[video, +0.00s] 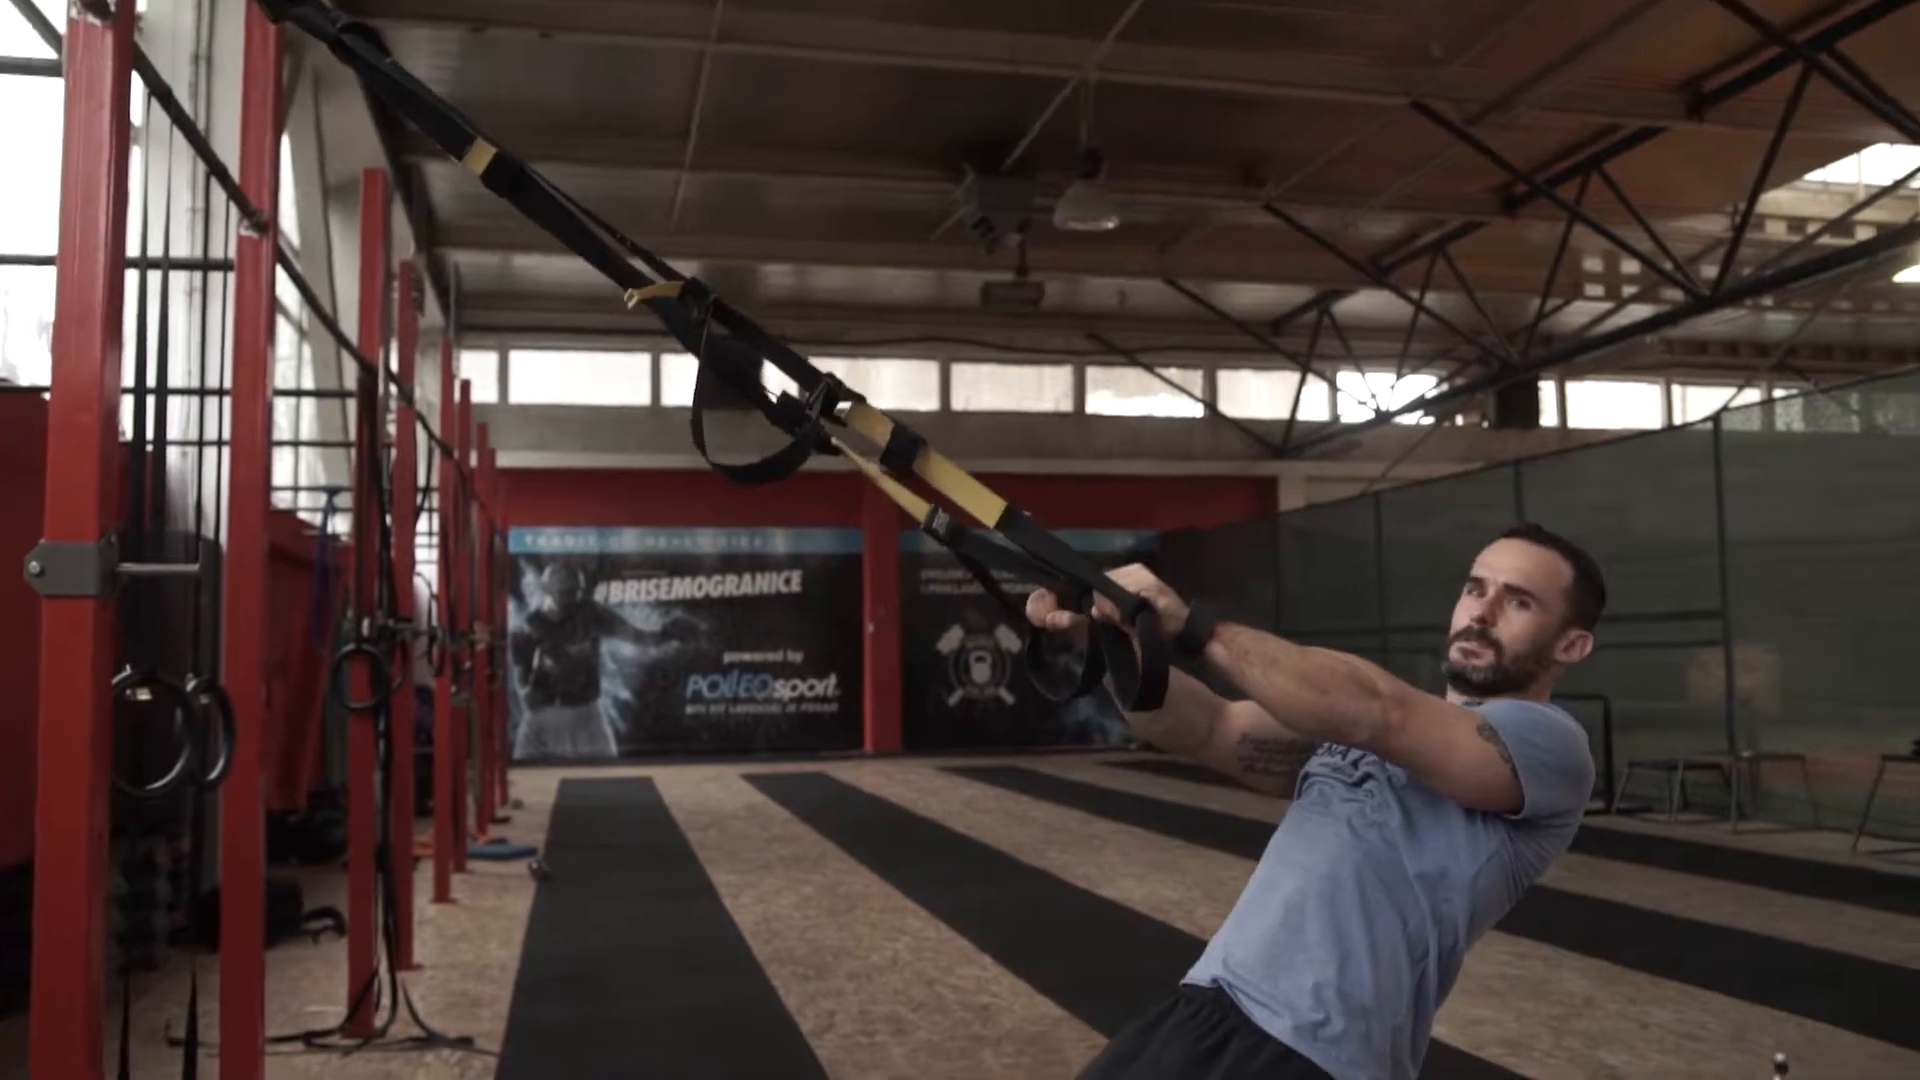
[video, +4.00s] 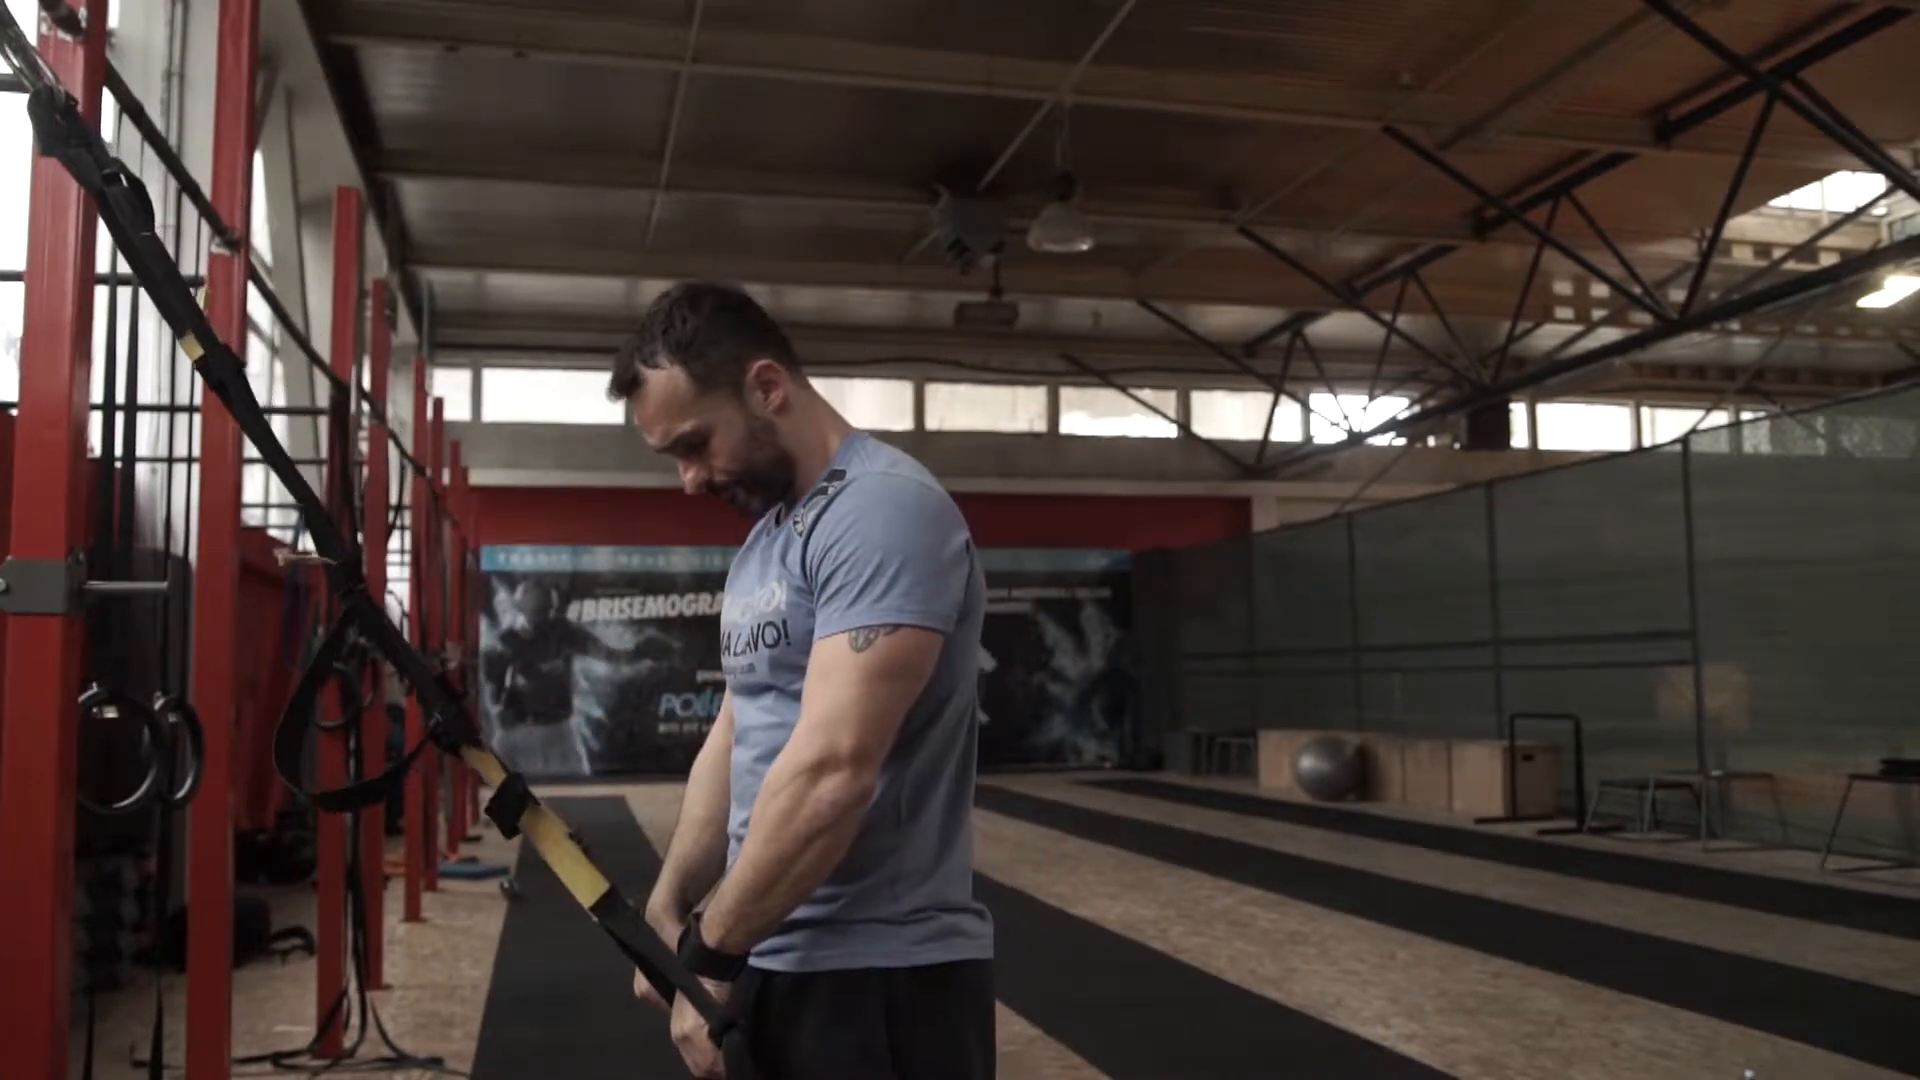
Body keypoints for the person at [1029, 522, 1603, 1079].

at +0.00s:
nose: (1478, 612)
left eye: (1518, 602)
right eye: (1475, 590)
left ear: (1571, 645)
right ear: (1458, 597)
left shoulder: (1556, 749)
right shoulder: (1384, 715)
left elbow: (1383, 712)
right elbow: (1218, 729)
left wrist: (1197, 630)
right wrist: (1107, 639)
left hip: (1320, 1060)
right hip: (1197, 1012)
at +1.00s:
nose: (999, 455)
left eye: (1022, 422)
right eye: (994, 430)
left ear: (1110, 411)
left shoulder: (1191, 567)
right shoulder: (1036, 567)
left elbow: (1254, 776)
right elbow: (1023, 763)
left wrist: (1046, 757)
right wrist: (921, 774)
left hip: (1049, 994)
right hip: (931, 957)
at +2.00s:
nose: (824, 413)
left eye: (844, 378)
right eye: (818, 387)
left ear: (929, 357)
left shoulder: (994, 484)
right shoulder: (875, 518)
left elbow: (1035, 709)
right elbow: (851, 698)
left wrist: (867, 861)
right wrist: (774, 809)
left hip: (962, 965)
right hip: (854, 951)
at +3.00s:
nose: (756, 442)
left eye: (769, 406)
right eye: (744, 416)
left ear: (855, 371)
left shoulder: (964, 516)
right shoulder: (801, 537)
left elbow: (951, 760)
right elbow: (764, 719)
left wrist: (782, 912)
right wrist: (698, 878)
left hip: (927, 973)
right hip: (808, 966)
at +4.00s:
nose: (692, 479)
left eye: (696, 445)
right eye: (675, 459)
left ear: (768, 386)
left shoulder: (888, 510)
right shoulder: (765, 542)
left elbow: (835, 771)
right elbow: (735, 734)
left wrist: (713, 955)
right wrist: (670, 898)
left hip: (885, 980)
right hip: (777, 969)